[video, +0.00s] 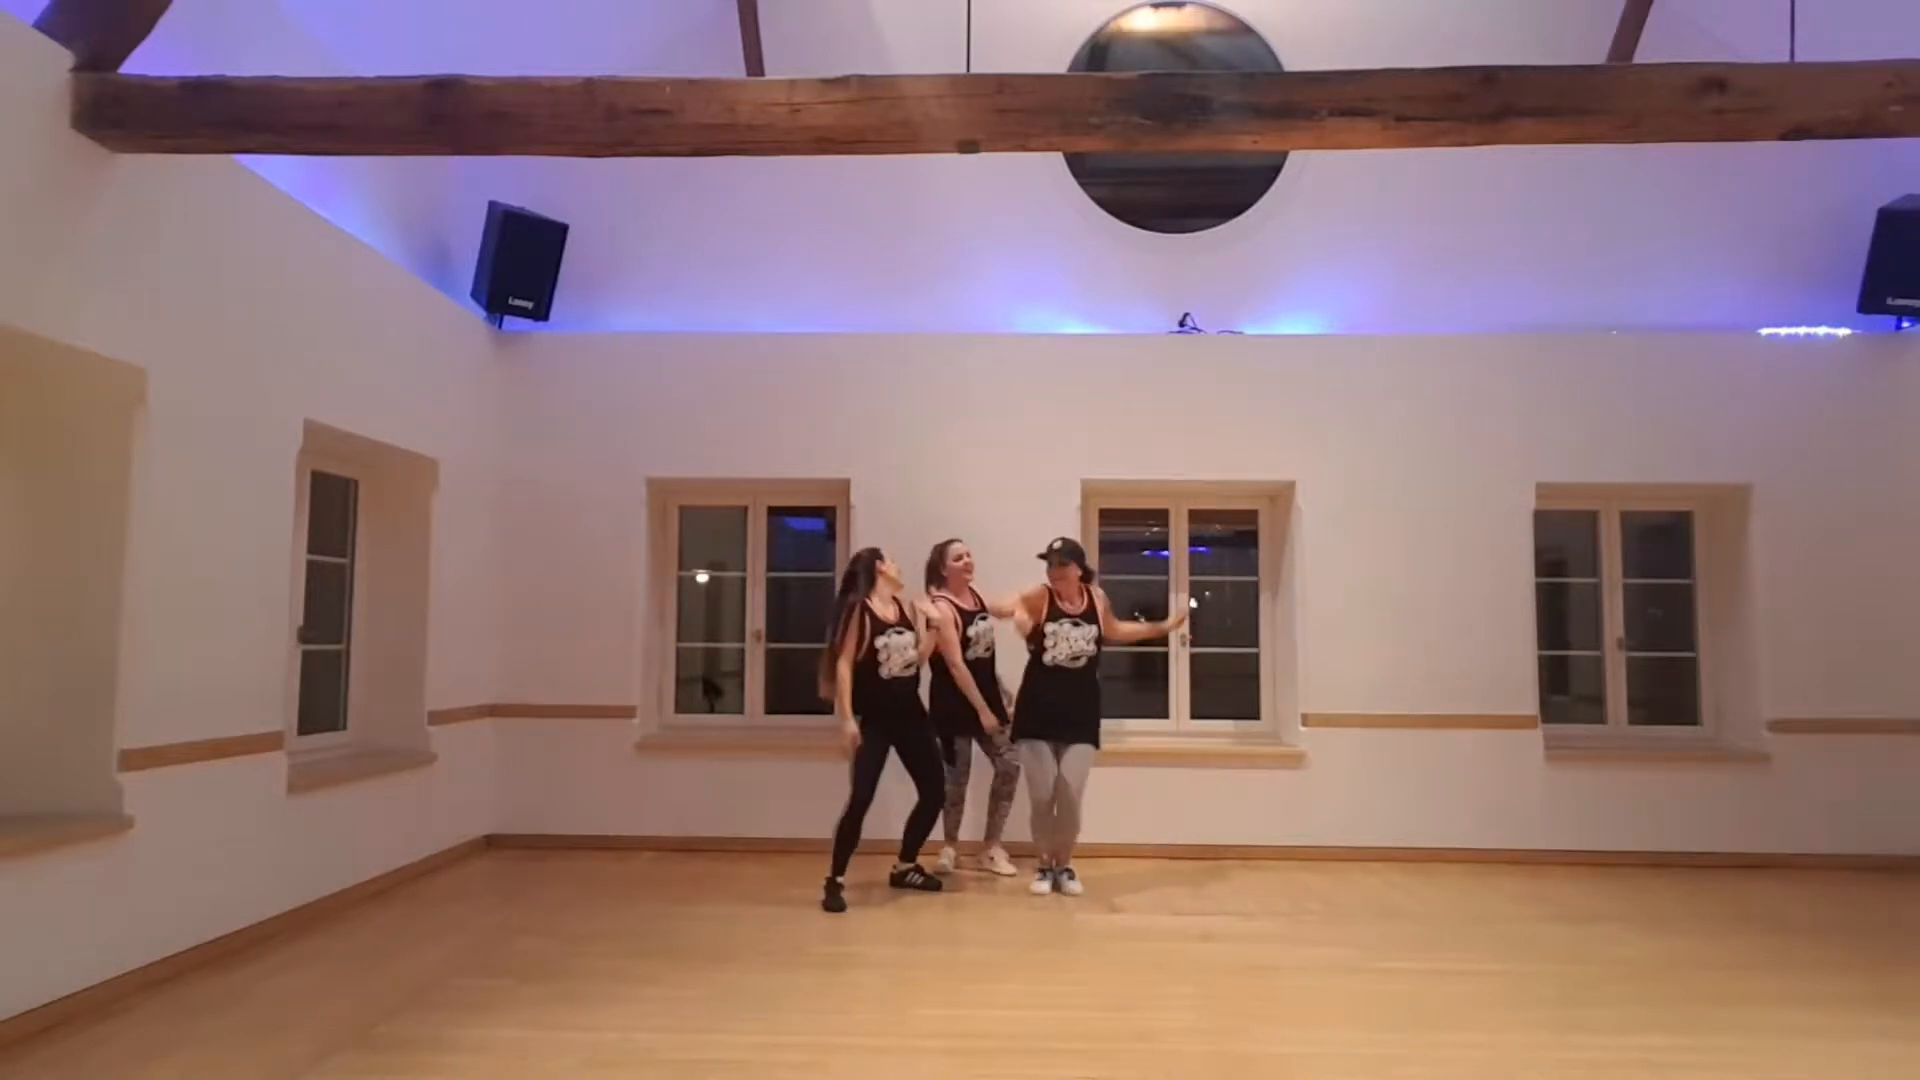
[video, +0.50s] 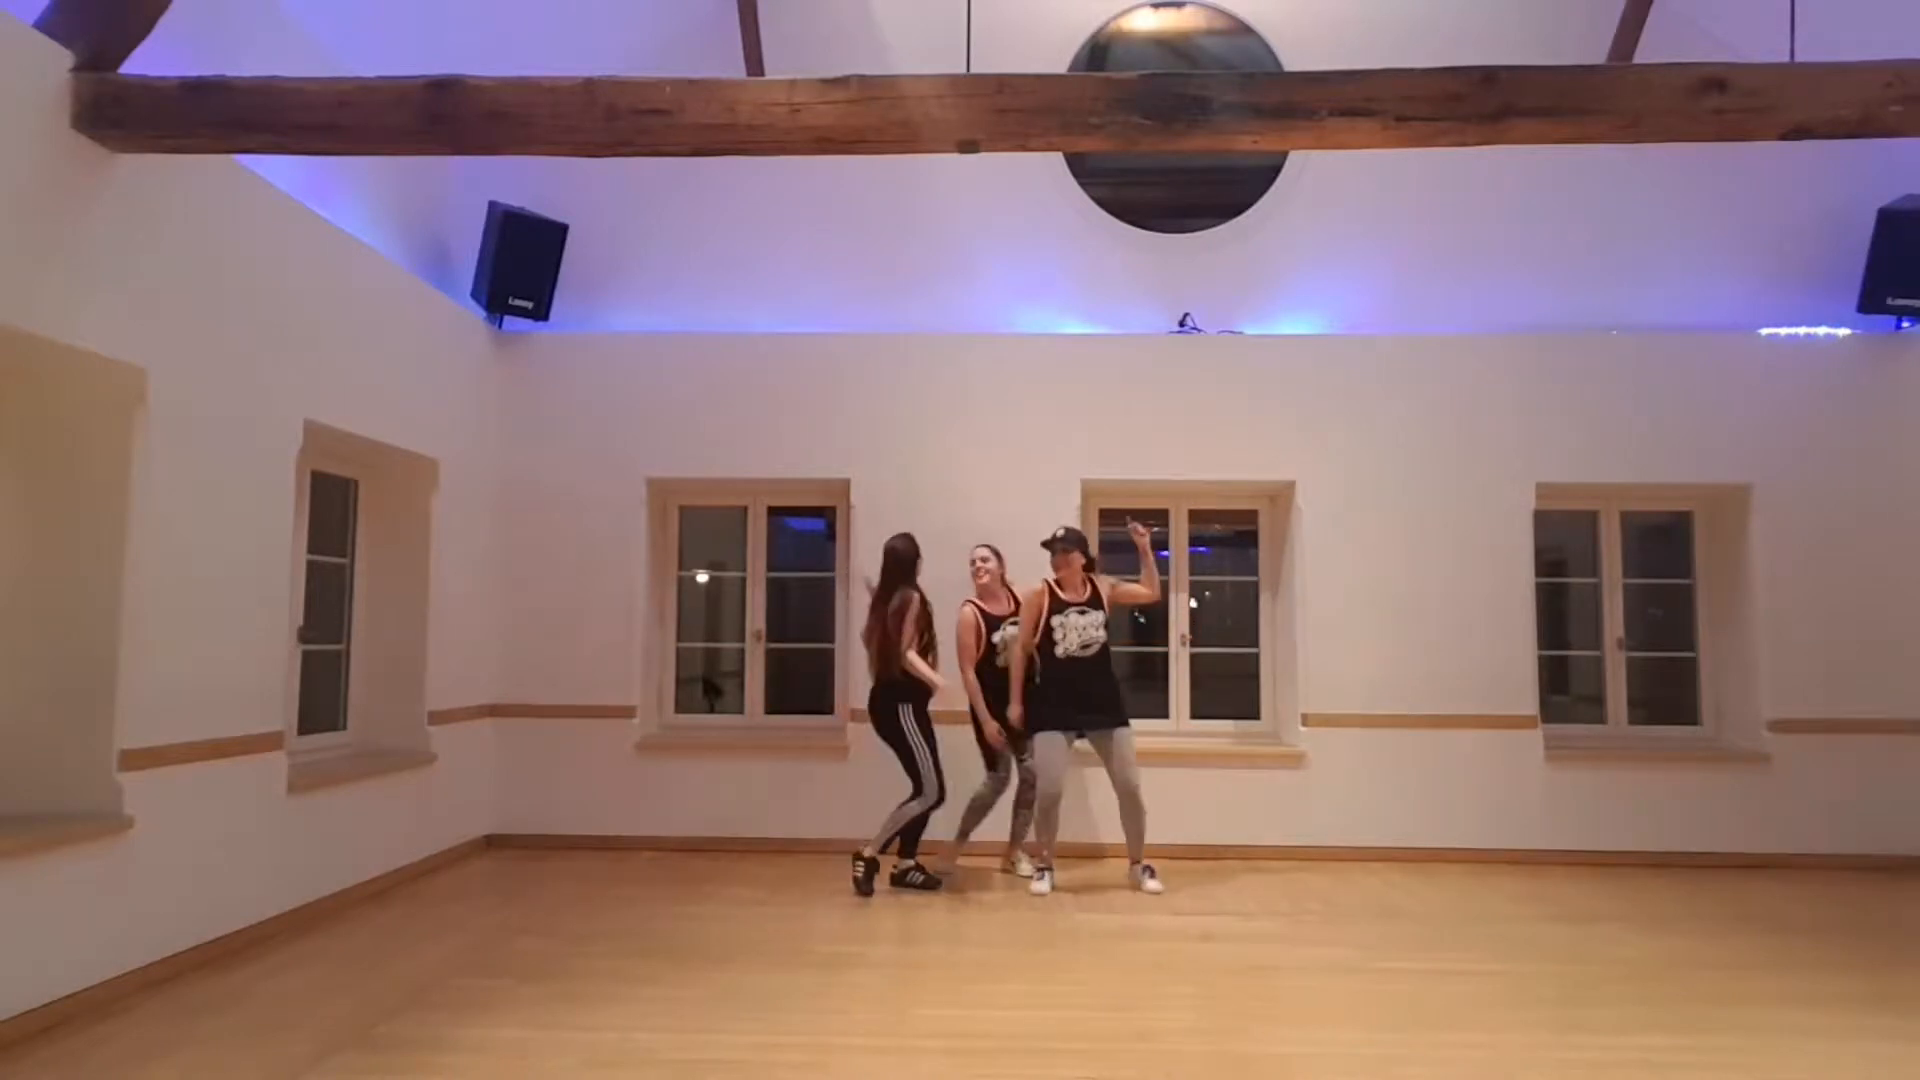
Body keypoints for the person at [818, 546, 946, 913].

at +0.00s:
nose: (896, 565)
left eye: (892, 559)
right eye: (890, 560)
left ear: (882, 570)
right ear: (877, 568)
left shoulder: (903, 607)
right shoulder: (860, 609)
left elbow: (919, 656)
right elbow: (844, 663)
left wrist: (929, 623)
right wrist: (846, 718)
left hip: (911, 714)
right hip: (875, 717)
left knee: (934, 793)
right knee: (860, 800)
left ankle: (906, 866)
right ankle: (835, 880)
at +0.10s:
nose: (902, 562)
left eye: (898, 556)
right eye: (895, 557)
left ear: (889, 568)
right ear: (883, 566)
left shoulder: (911, 604)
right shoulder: (870, 606)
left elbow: (926, 650)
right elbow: (856, 659)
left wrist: (929, 617)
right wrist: (859, 713)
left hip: (916, 710)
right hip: (882, 712)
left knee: (934, 792)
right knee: (874, 795)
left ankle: (906, 866)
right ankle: (840, 878)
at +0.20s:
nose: (909, 553)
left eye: (905, 547)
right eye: (903, 548)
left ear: (893, 559)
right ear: (893, 557)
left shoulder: (912, 595)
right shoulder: (885, 600)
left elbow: (925, 633)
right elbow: (869, 651)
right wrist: (870, 702)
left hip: (918, 706)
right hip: (889, 707)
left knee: (927, 786)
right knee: (883, 786)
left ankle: (905, 866)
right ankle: (845, 872)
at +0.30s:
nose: (914, 549)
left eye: (911, 543)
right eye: (910, 544)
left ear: (892, 553)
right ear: (904, 551)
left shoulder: (910, 591)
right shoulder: (895, 592)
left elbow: (910, 640)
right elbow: (885, 642)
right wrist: (886, 692)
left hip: (918, 694)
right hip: (897, 696)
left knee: (921, 779)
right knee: (899, 778)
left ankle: (905, 863)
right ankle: (853, 859)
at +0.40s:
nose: (917, 551)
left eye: (913, 545)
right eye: (914, 547)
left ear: (885, 553)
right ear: (911, 551)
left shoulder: (889, 587)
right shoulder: (903, 589)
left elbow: (893, 642)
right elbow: (895, 643)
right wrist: (907, 688)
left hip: (907, 691)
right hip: (897, 692)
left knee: (919, 781)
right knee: (914, 783)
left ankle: (905, 863)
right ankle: (864, 853)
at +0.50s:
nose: (921, 561)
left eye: (917, 555)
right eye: (919, 556)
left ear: (888, 561)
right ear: (915, 560)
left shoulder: (884, 596)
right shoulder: (911, 597)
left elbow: (868, 638)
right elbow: (905, 652)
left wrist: (884, 670)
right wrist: (937, 679)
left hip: (888, 698)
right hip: (901, 701)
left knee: (929, 788)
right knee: (930, 792)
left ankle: (906, 865)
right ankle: (869, 855)